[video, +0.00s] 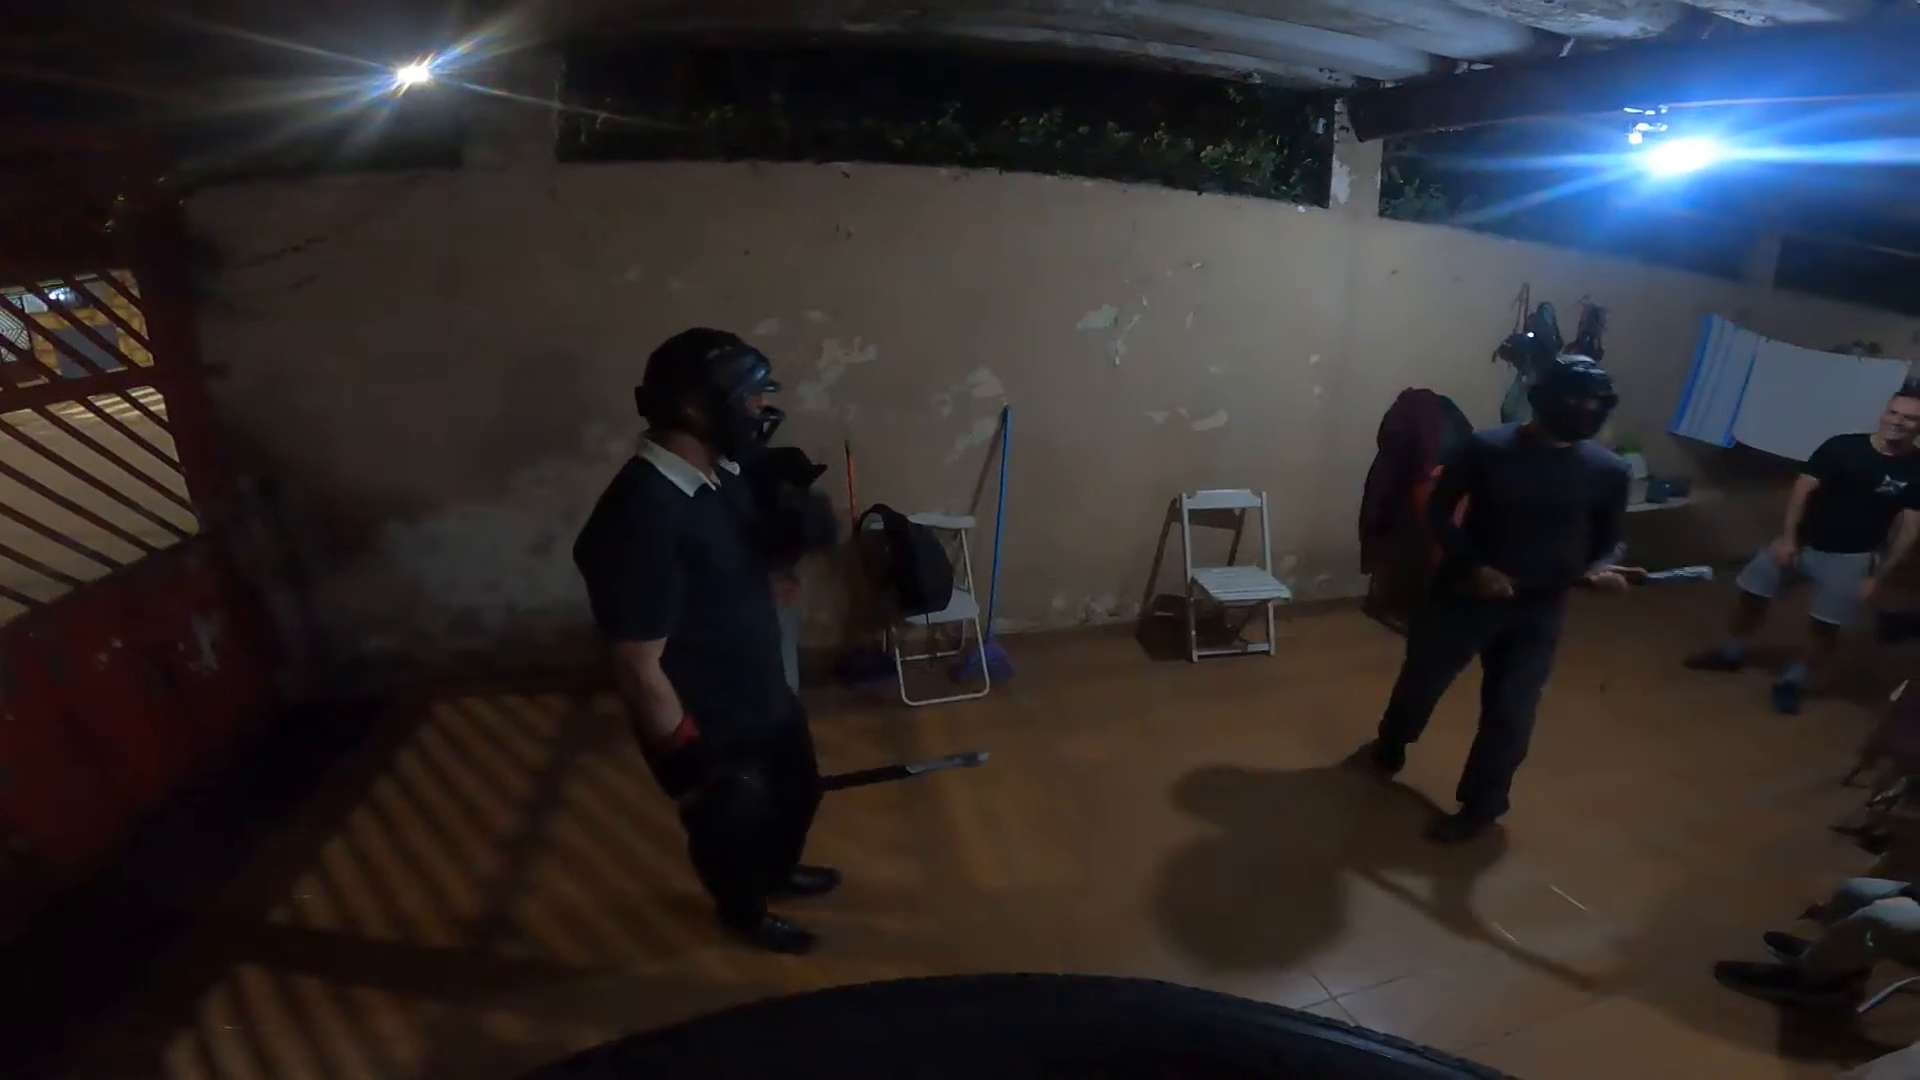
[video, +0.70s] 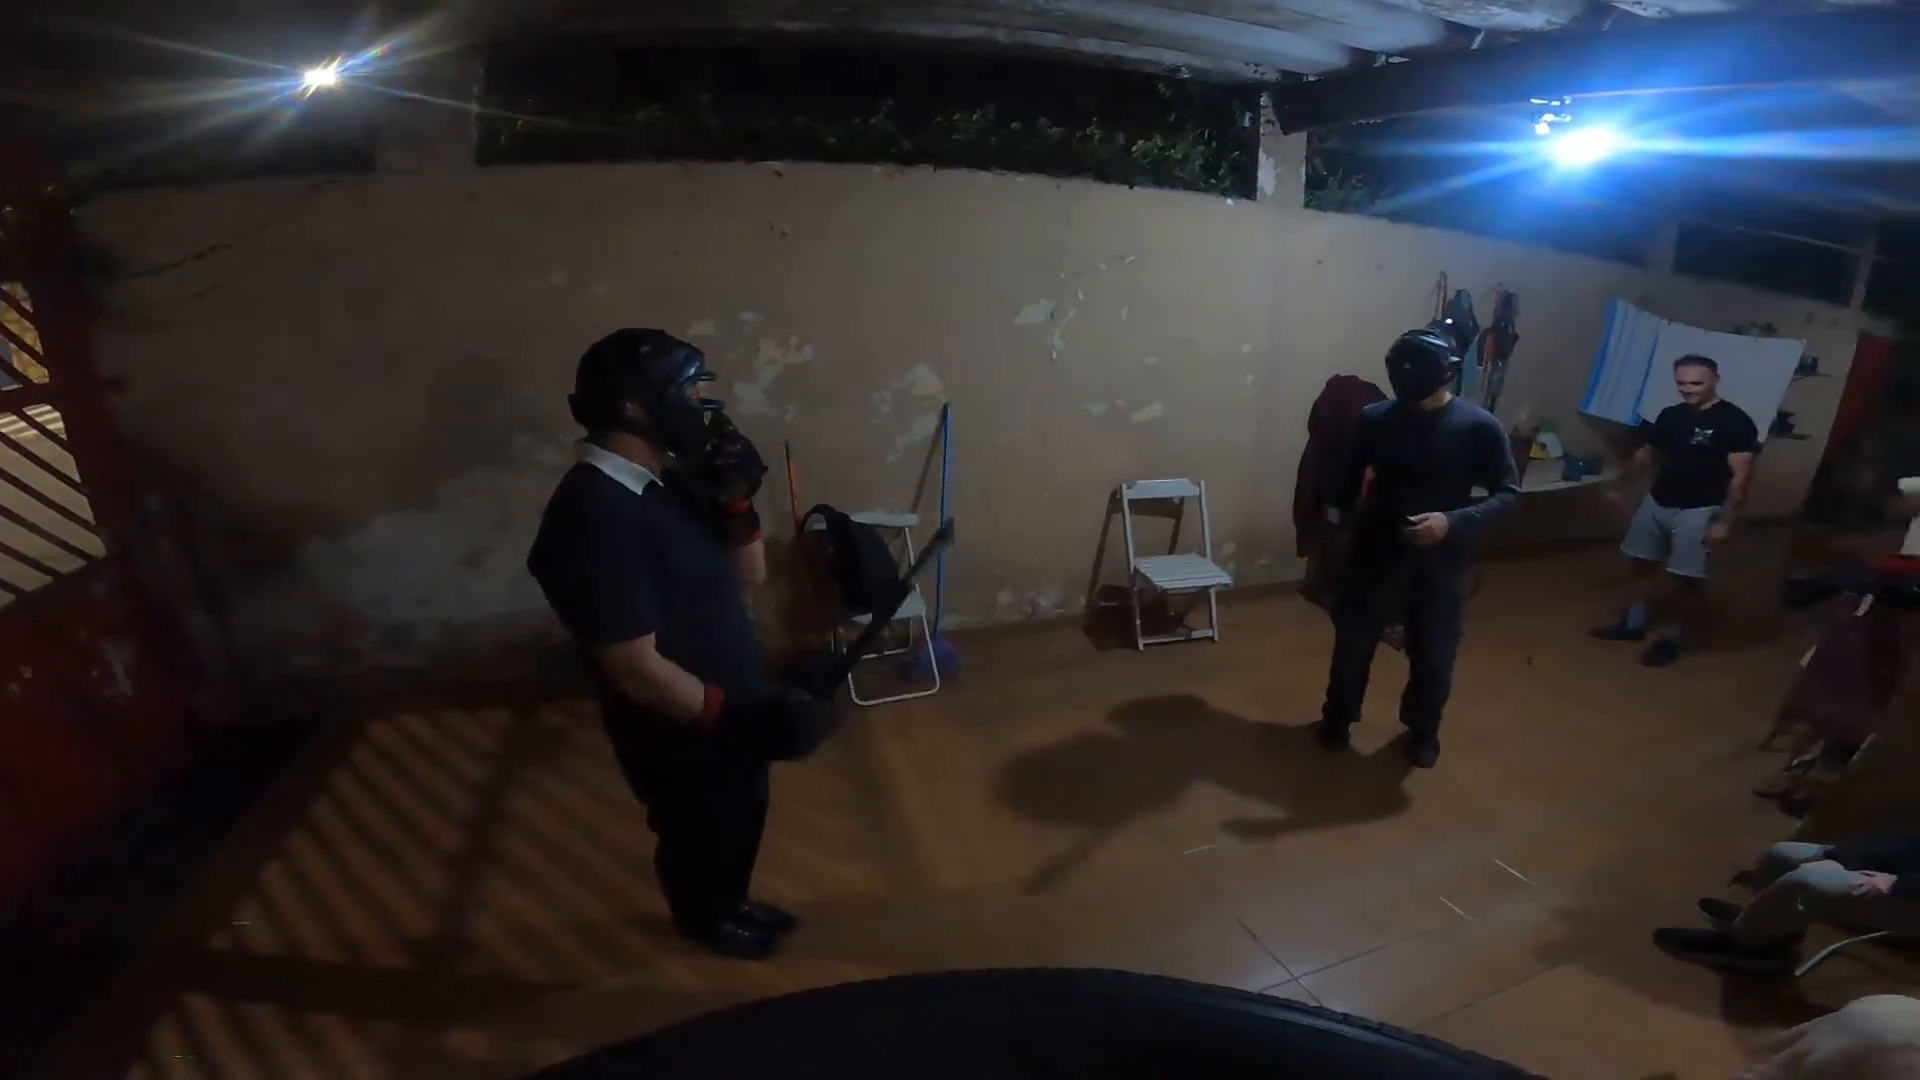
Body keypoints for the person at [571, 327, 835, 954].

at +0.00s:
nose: (760, 408)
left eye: (759, 392)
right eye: (743, 393)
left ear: (696, 409)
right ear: (692, 407)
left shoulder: (726, 478)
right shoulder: (631, 517)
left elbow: (768, 581)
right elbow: (638, 666)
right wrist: (692, 754)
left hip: (763, 686)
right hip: (706, 711)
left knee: (795, 785)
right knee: (736, 815)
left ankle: (775, 867)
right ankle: (742, 912)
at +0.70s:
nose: (702, 401)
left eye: (697, 386)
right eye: (683, 390)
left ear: (637, 411)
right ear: (633, 410)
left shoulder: (666, 483)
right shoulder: (587, 520)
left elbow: (747, 580)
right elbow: (633, 666)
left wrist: (735, 503)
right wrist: (734, 712)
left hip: (723, 700)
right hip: (668, 723)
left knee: (736, 814)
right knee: (694, 826)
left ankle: (729, 901)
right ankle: (703, 918)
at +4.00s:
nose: (534, 415)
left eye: (527, 403)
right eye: (513, 408)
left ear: (464, 433)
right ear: (463, 433)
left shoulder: (490, 486)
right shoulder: (445, 522)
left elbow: (523, 543)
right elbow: (548, 609)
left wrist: (563, 556)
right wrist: (654, 616)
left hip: (493, 674)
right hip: (455, 693)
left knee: (495, 758)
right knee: (601, 776)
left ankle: (418, 852)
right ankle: (632, 882)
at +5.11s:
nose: (599, 437)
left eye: (593, 424)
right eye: (582, 427)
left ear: (530, 451)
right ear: (532, 451)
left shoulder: (490, 516)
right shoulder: (527, 540)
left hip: (467, 698)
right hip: (501, 711)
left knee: (497, 781)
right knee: (498, 784)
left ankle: (414, 883)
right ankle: (412, 886)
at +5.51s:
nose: (399, 426)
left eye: (394, 413)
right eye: (378, 416)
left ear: (325, 440)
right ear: (324, 438)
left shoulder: (349, 496)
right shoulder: (310, 516)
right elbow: (433, 606)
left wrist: (439, 558)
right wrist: (537, 606)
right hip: (318, 713)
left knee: (389, 763)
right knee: (486, 762)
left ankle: (359, 876)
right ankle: (512, 894)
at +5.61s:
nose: (384, 403)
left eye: (381, 390)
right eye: (366, 393)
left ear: (309, 410)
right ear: (316, 408)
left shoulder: (268, 477)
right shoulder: (319, 493)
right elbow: (443, 587)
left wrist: (407, 541)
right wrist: (521, 554)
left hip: (271, 686)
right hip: (315, 692)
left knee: (348, 760)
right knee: (450, 752)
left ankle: (346, 880)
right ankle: (458, 869)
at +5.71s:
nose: (359, 409)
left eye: (359, 395)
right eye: (343, 396)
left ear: (282, 406)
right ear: (297, 406)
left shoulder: (239, 471)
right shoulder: (288, 487)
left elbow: (314, 551)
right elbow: (409, 581)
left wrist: (397, 535)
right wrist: (490, 546)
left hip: (241, 684)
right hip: (291, 692)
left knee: (324, 739)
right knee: (448, 743)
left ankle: (306, 867)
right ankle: (399, 842)